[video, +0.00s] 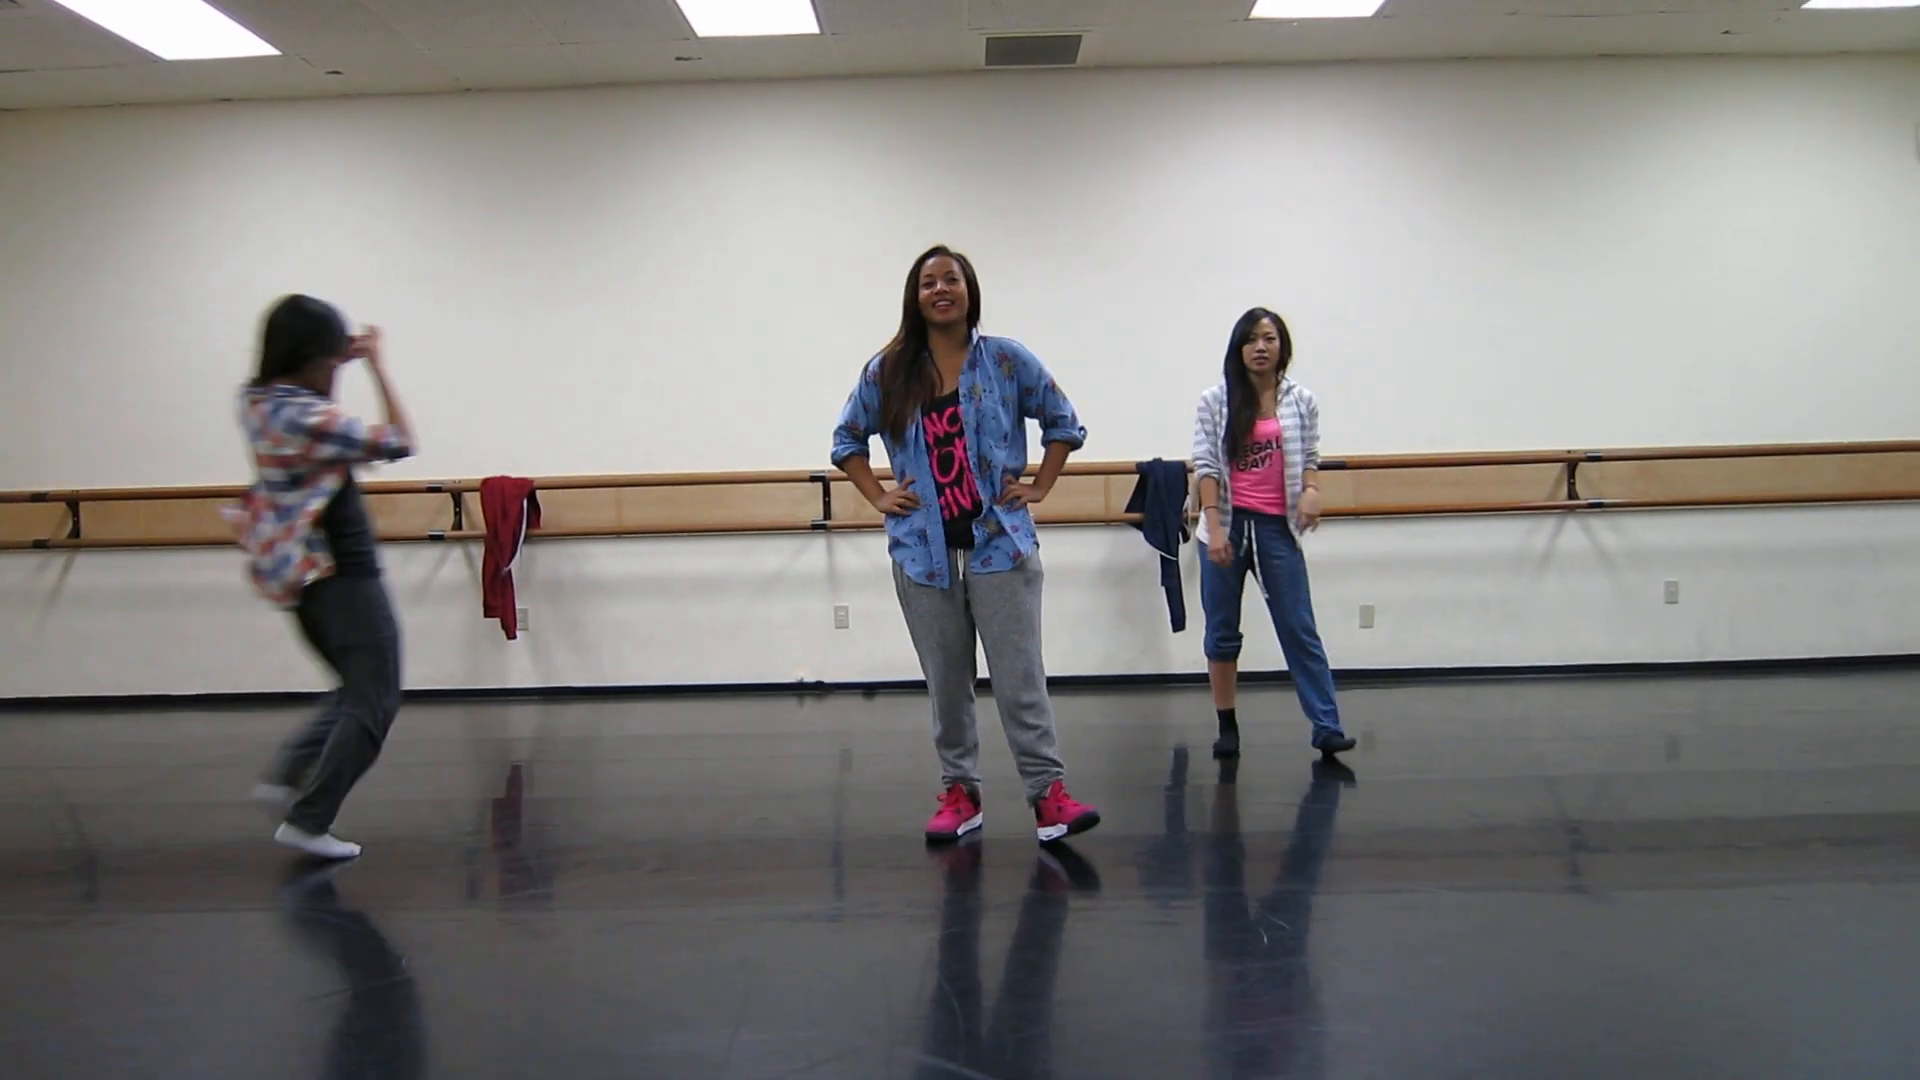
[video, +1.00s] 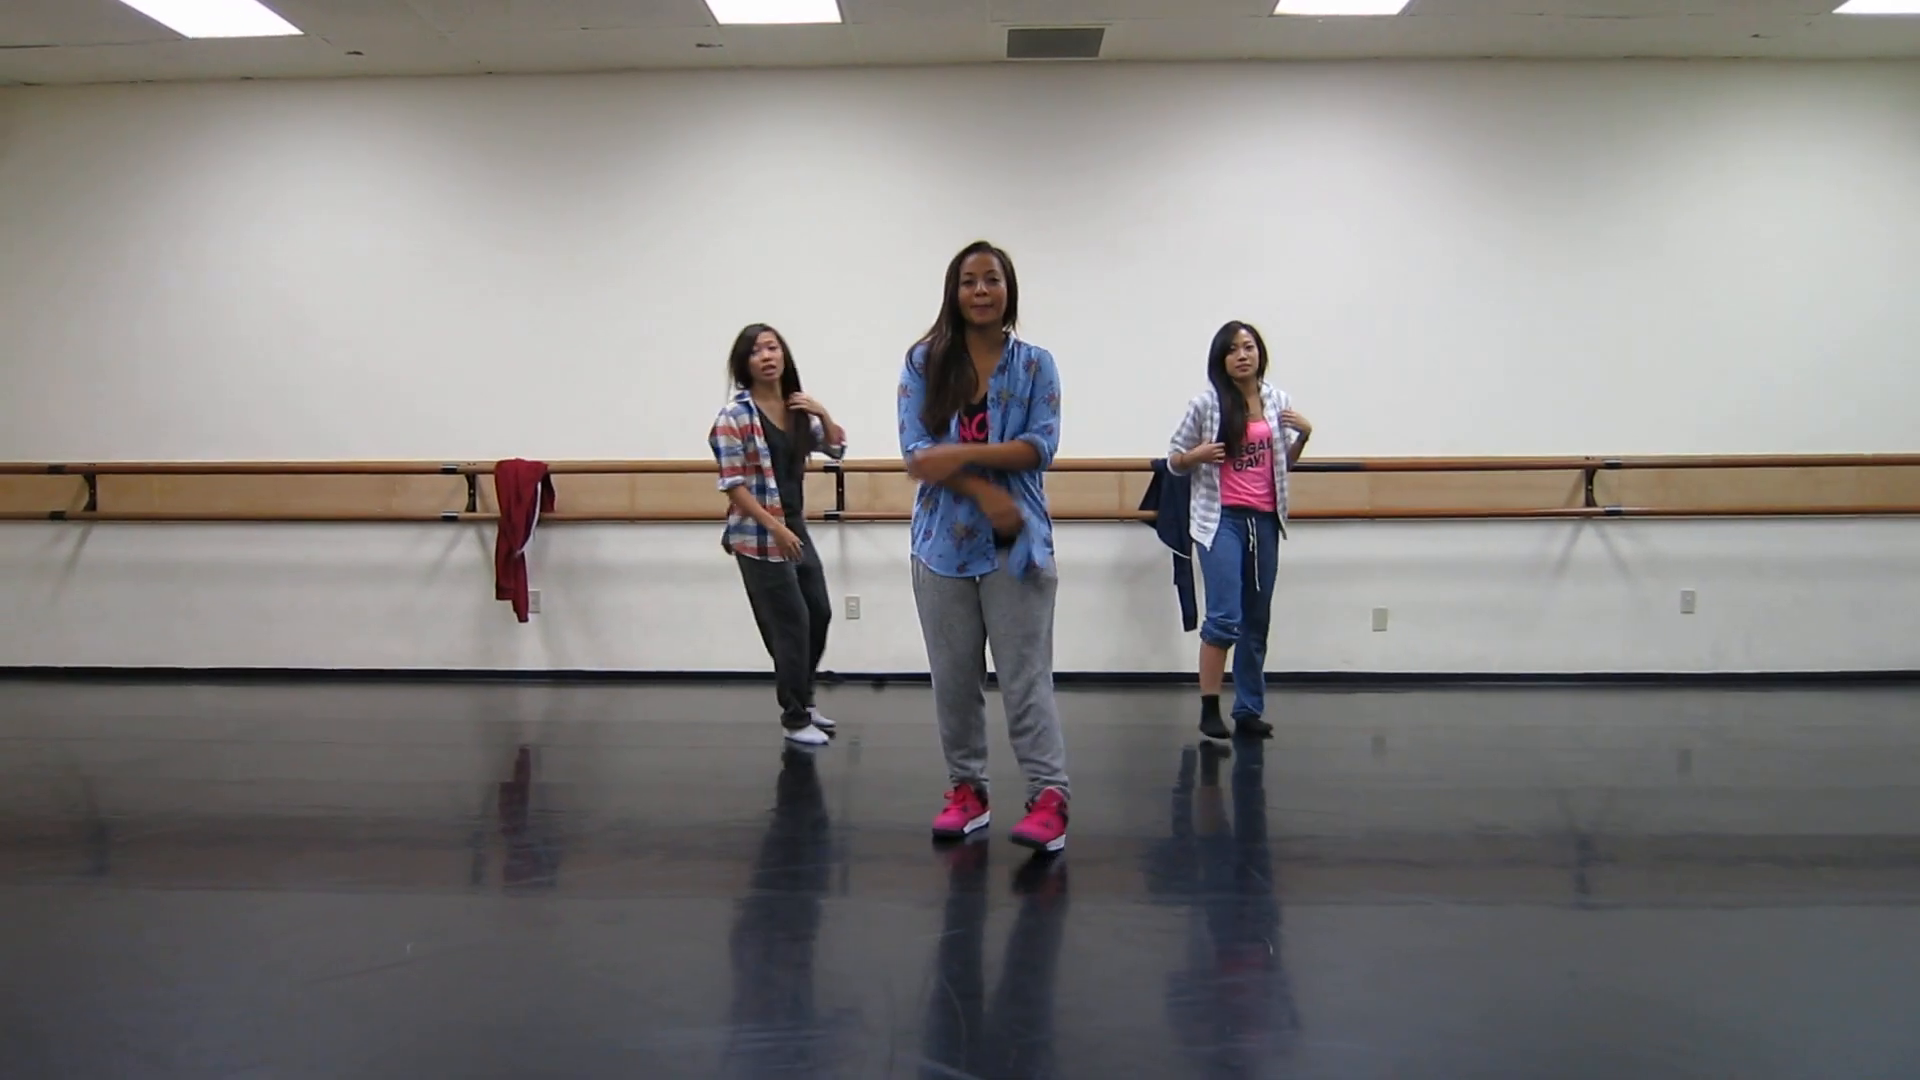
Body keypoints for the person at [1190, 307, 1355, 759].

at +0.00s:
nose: (1259, 347)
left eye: (1269, 339)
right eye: (1251, 340)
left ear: (1283, 347)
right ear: (1237, 348)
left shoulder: (1300, 401)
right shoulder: (1215, 401)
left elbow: (1310, 458)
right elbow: (1206, 466)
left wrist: (1311, 491)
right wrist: (1214, 527)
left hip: (1277, 525)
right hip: (1224, 524)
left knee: (1300, 628)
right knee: (1222, 632)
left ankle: (1327, 729)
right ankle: (1226, 727)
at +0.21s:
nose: (1237, 344)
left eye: (1246, 336)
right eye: (1228, 337)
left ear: (1259, 344)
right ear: (1215, 346)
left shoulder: (1276, 396)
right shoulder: (1192, 398)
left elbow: (1288, 457)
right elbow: (1173, 464)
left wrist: (1267, 482)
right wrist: (1165, 524)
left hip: (1259, 520)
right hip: (1205, 521)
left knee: (1284, 615)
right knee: (1213, 629)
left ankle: (1275, 715)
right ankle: (1221, 725)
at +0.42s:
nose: (1222, 347)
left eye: (1229, 338)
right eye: (1212, 340)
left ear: (1242, 344)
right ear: (1199, 349)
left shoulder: (1263, 394)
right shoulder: (1179, 399)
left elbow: (1279, 456)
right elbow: (1159, 466)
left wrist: (1255, 474)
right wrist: (1149, 522)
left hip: (1247, 517)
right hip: (1195, 518)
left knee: (1265, 617)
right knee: (1205, 623)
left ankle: (1239, 688)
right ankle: (1215, 720)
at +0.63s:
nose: (1217, 353)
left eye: (1223, 345)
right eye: (1207, 348)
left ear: (1237, 353)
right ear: (1196, 359)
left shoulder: (1258, 404)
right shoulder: (1180, 408)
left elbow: (1262, 470)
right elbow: (1162, 471)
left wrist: (1270, 465)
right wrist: (1152, 523)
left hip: (1244, 526)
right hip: (1196, 524)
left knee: (1254, 621)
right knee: (1202, 624)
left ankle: (1231, 704)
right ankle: (1211, 723)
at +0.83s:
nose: (1229, 360)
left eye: (1236, 352)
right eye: (1219, 354)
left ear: (1248, 359)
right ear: (1208, 365)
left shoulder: (1266, 407)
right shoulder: (1192, 412)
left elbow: (1270, 475)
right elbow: (1164, 471)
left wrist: (1297, 447)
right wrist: (1184, 471)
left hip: (1256, 527)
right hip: (1211, 527)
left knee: (1249, 622)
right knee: (1218, 618)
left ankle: (1237, 712)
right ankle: (1222, 715)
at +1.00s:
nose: (1242, 355)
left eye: (1249, 347)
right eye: (1232, 349)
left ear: (1261, 354)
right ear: (1220, 359)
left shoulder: (1275, 400)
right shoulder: (1206, 404)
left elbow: (1284, 463)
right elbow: (1173, 464)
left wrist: (1305, 435)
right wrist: (1196, 455)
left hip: (1263, 520)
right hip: (1219, 518)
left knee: (1256, 622)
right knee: (1224, 618)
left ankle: (1248, 712)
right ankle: (1210, 711)